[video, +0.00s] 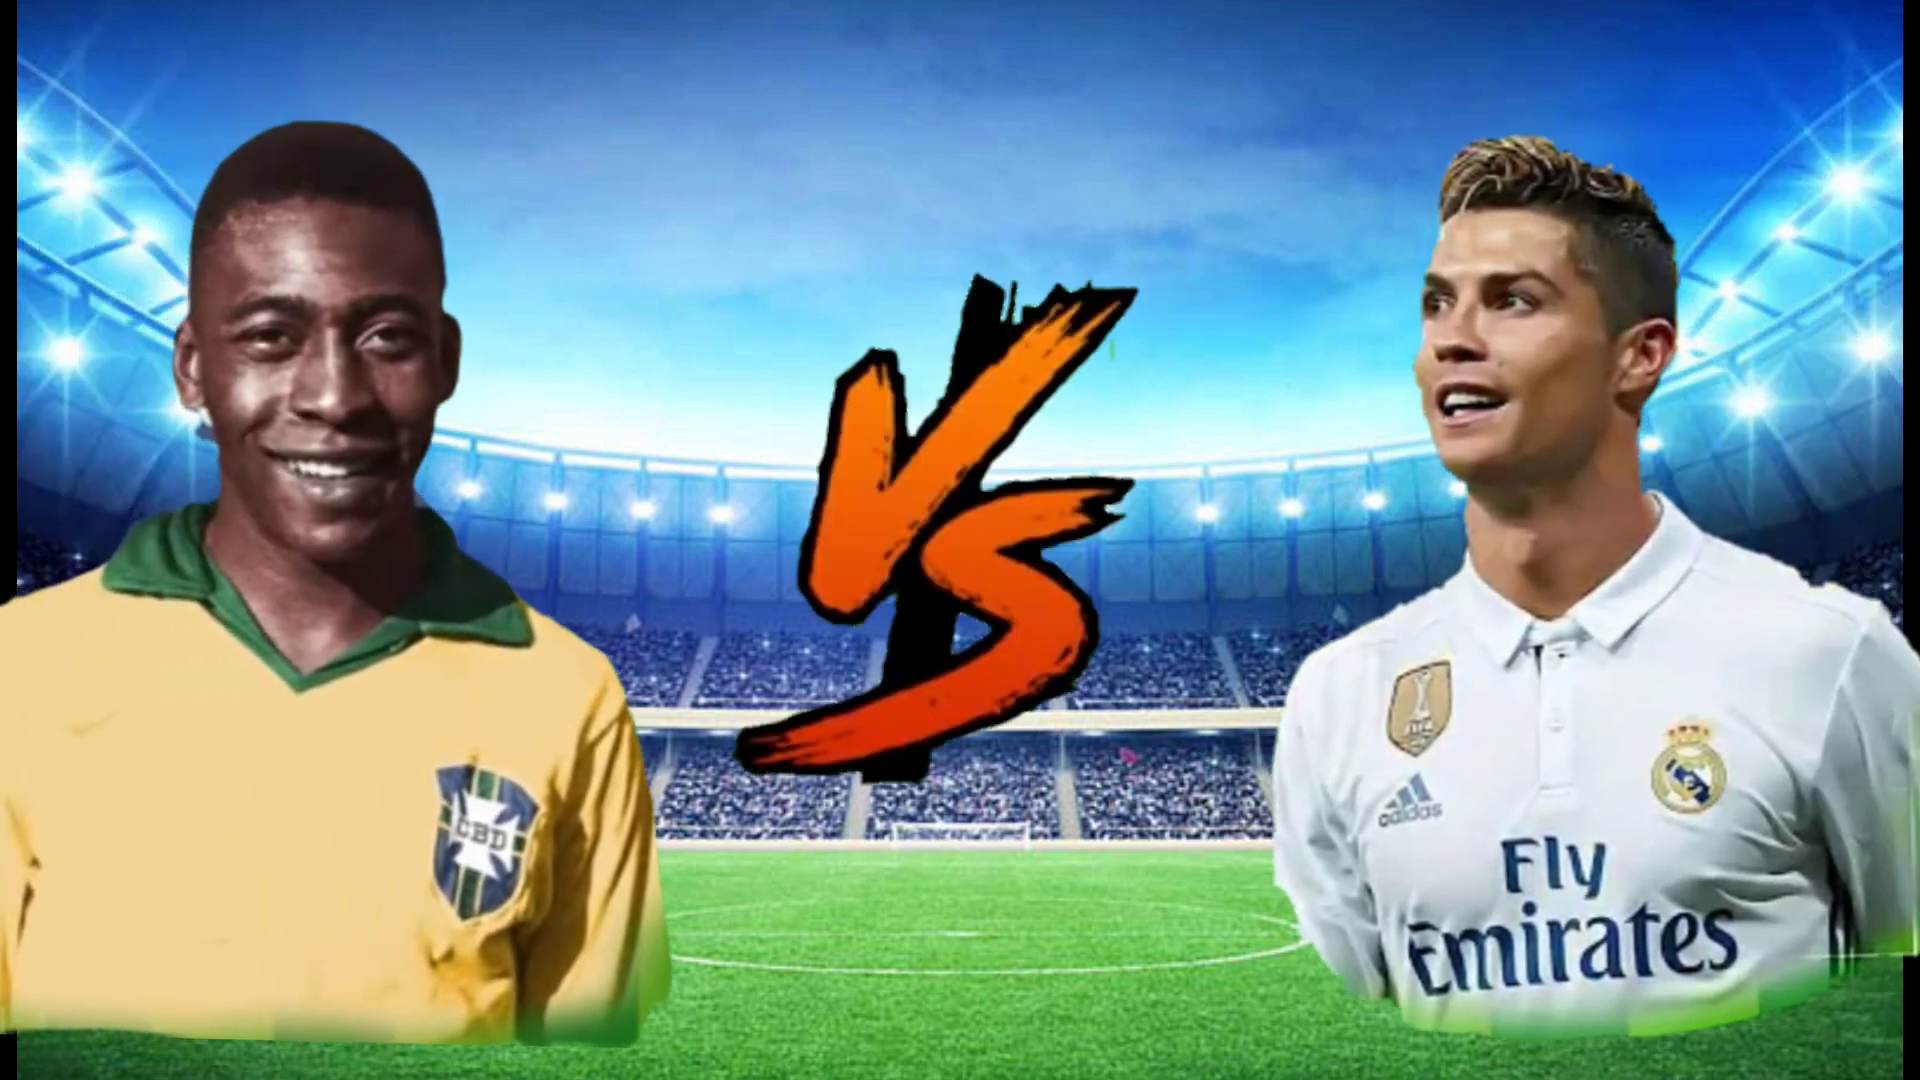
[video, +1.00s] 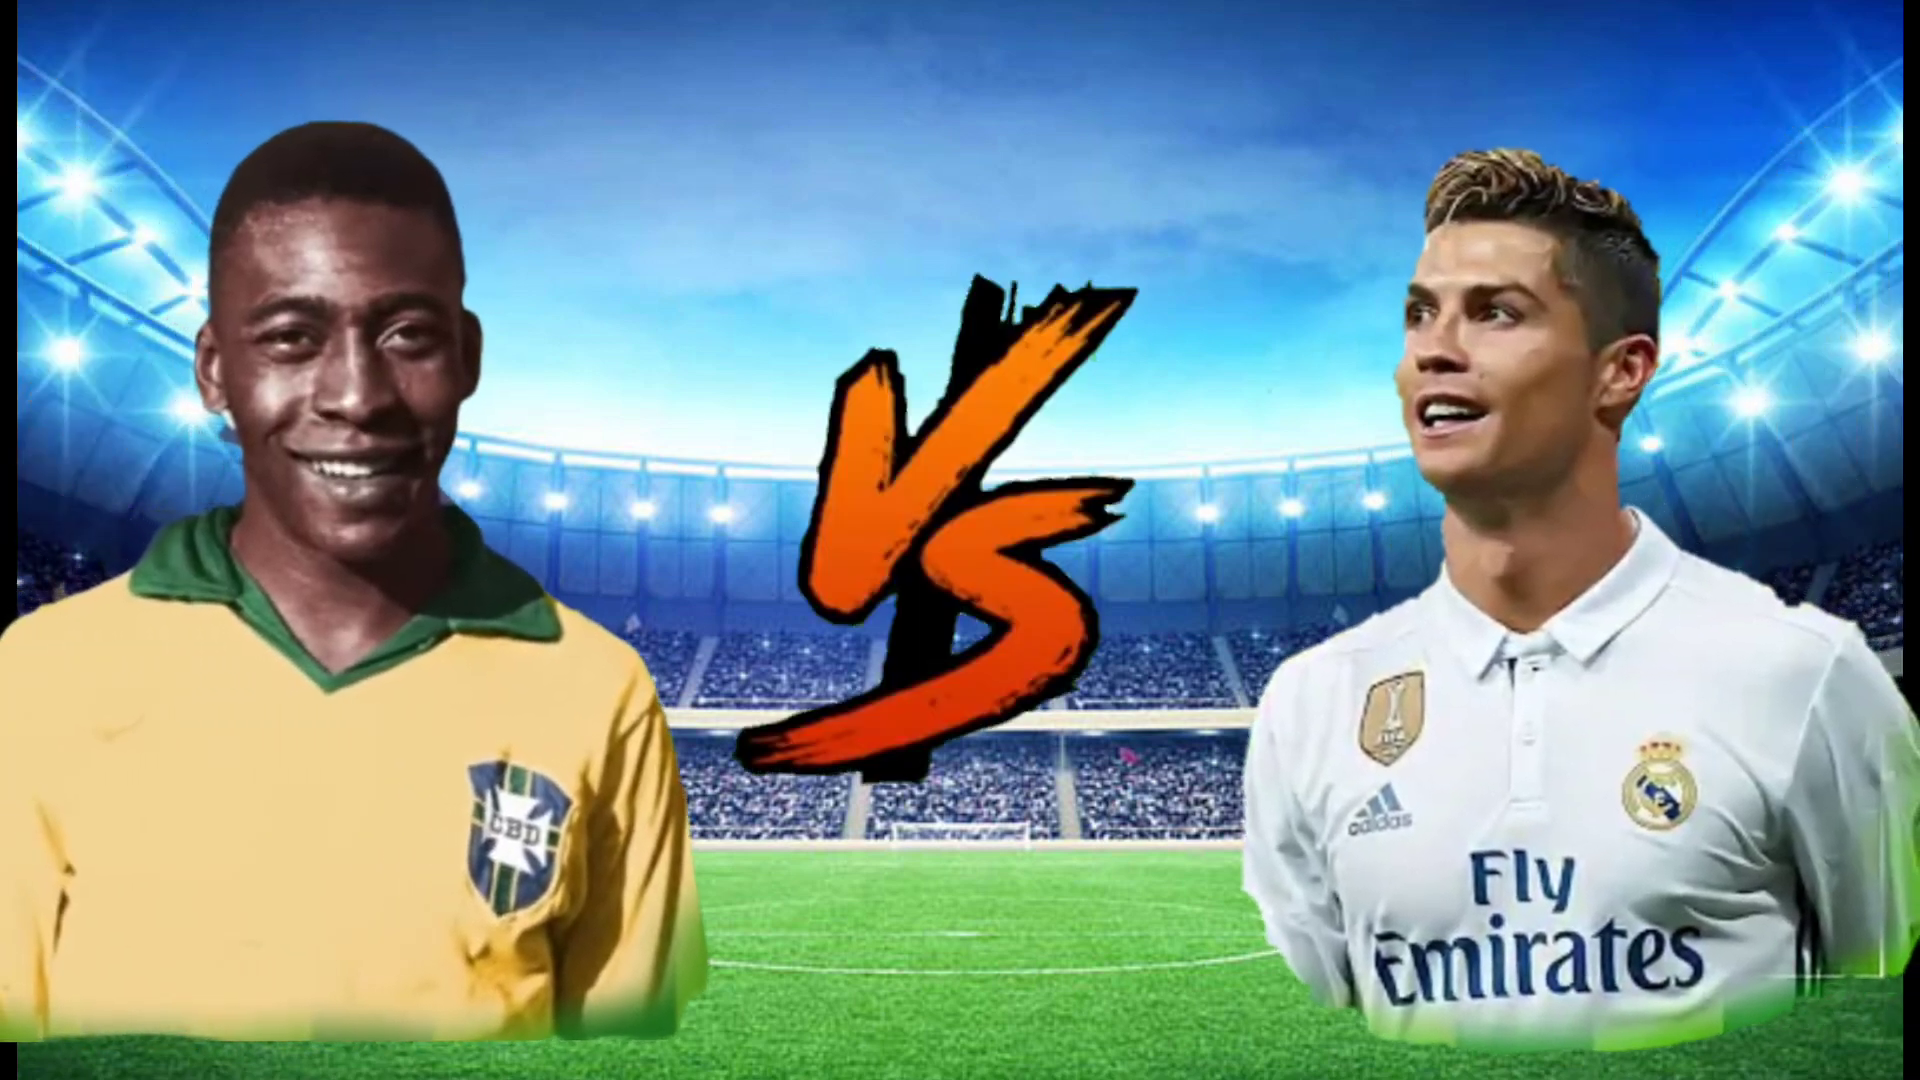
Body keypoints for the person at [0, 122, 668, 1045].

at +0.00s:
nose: (335, 397)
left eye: (387, 336)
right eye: (273, 336)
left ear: (446, 362)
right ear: (193, 369)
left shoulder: (567, 705)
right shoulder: (23, 672)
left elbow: (582, 1053)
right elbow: (9, 1011)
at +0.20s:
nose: (345, 396)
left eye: (397, 335)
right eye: (283, 335)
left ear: (456, 361)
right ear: (203, 370)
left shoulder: (580, 706)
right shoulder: (27, 678)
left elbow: (597, 1051)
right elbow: (10, 1015)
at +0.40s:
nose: (352, 397)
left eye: (403, 335)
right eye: (289, 336)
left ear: (463, 362)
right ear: (210, 371)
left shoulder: (587, 704)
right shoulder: (33, 680)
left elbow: (607, 1051)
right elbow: (13, 1021)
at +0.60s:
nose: (356, 397)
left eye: (406, 335)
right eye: (294, 336)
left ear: (466, 360)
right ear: (214, 372)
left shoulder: (593, 703)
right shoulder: (35, 683)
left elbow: (612, 1056)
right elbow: (16, 1024)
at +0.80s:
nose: (358, 397)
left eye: (408, 335)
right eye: (295, 337)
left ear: (468, 360)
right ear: (215, 372)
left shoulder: (598, 703)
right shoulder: (38, 685)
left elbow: (619, 1053)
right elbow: (16, 1024)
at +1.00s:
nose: (358, 396)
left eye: (408, 334)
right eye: (294, 337)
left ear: (467, 359)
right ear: (214, 372)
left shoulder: (599, 703)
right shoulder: (39, 686)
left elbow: (622, 1055)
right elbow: (17, 1025)